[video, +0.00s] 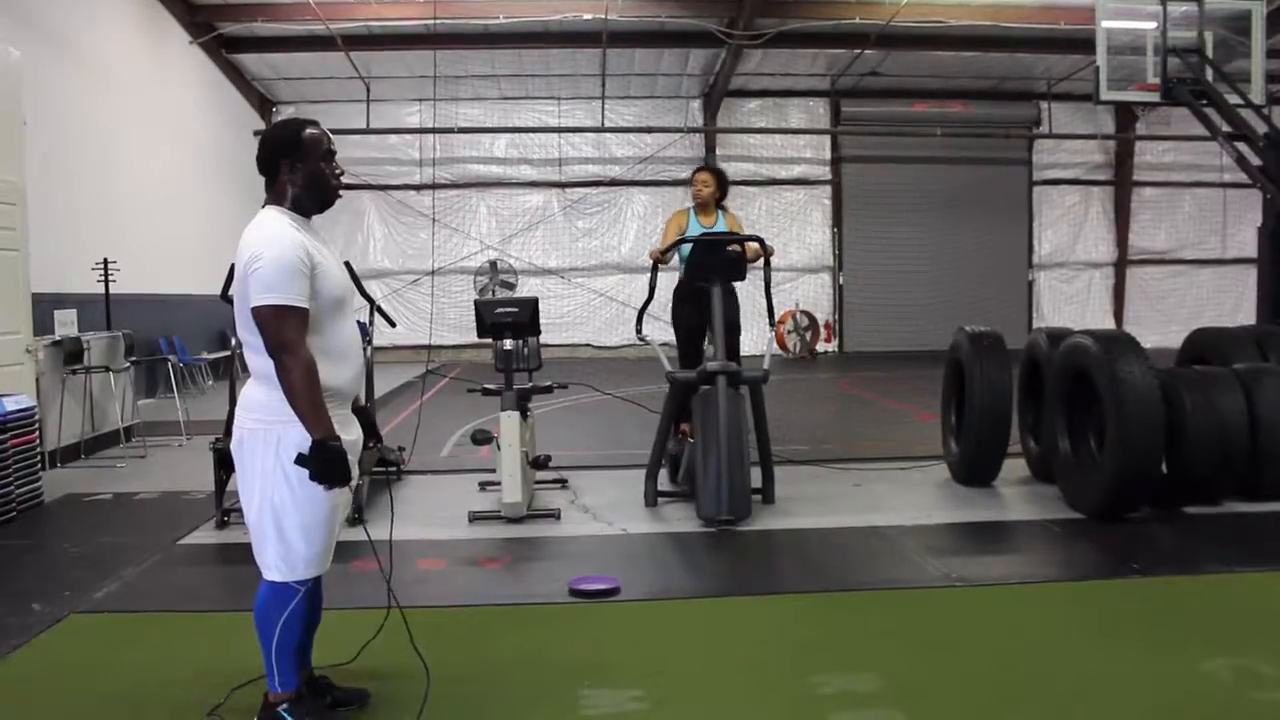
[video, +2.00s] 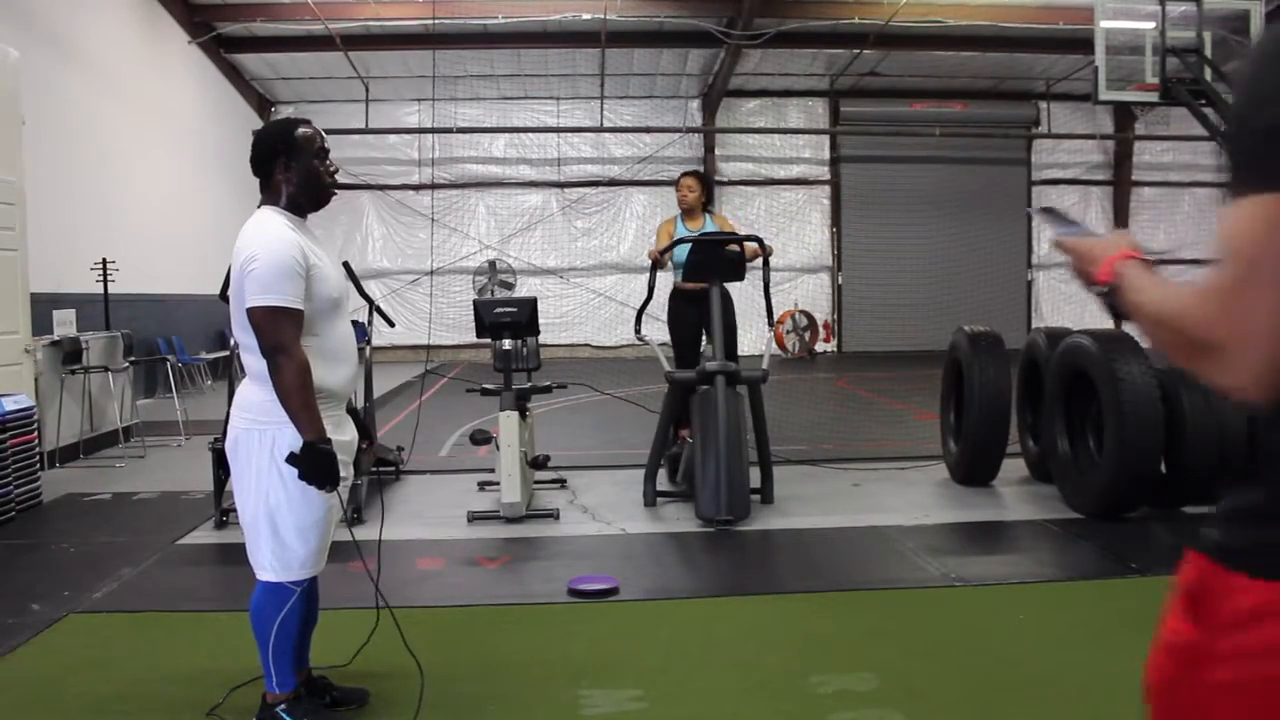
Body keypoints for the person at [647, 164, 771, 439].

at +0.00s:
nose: (697, 189)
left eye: (704, 185)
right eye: (695, 184)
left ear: (718, 190)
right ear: (690, 188)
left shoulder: (729, 219)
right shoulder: (680, 218)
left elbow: (745, 254)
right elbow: (667, 252)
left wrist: (759, 250)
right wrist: (659, 256)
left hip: (723, 294)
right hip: (689, 295)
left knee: (731, 356)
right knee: (690, 360)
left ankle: (731, 417)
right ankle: (685, 421)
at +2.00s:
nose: (683, 195)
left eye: (690, 190)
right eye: (679, 190)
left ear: (703, 195)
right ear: (675, 193)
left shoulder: (719, 222)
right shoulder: (669, 226)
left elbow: (739, 252)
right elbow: (663, 262)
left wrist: (757, 251)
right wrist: (656, 258)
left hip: (716, 298)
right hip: (683, 300)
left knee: (728, 360)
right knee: (686, 366)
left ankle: (728, 423)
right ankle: (684, 428)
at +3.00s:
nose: (684, 191)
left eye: (691, 187)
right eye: (681, 186)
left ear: (705, 193)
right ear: (677, 190)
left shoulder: (719, 220)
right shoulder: (668, 221)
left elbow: (740, 249)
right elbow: (664, 250)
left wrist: (758, 250)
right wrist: (657, 255)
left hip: (716, 296)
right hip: (683, 298)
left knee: (727, 358)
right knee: (686, 364)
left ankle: (728, 422)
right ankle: (683, 427)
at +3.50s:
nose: (707, 190)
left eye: (714, 186)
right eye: (704, 184)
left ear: (727, 193)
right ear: (699, 188)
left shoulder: (736, 221)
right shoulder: (687, 217)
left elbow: (752, 254)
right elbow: (671, 251)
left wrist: (738, 252)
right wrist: (660, 254)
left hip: (722, 292)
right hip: (689, 293)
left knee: (723, 355)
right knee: (689, 355)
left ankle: (722, 409)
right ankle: (682, 409)